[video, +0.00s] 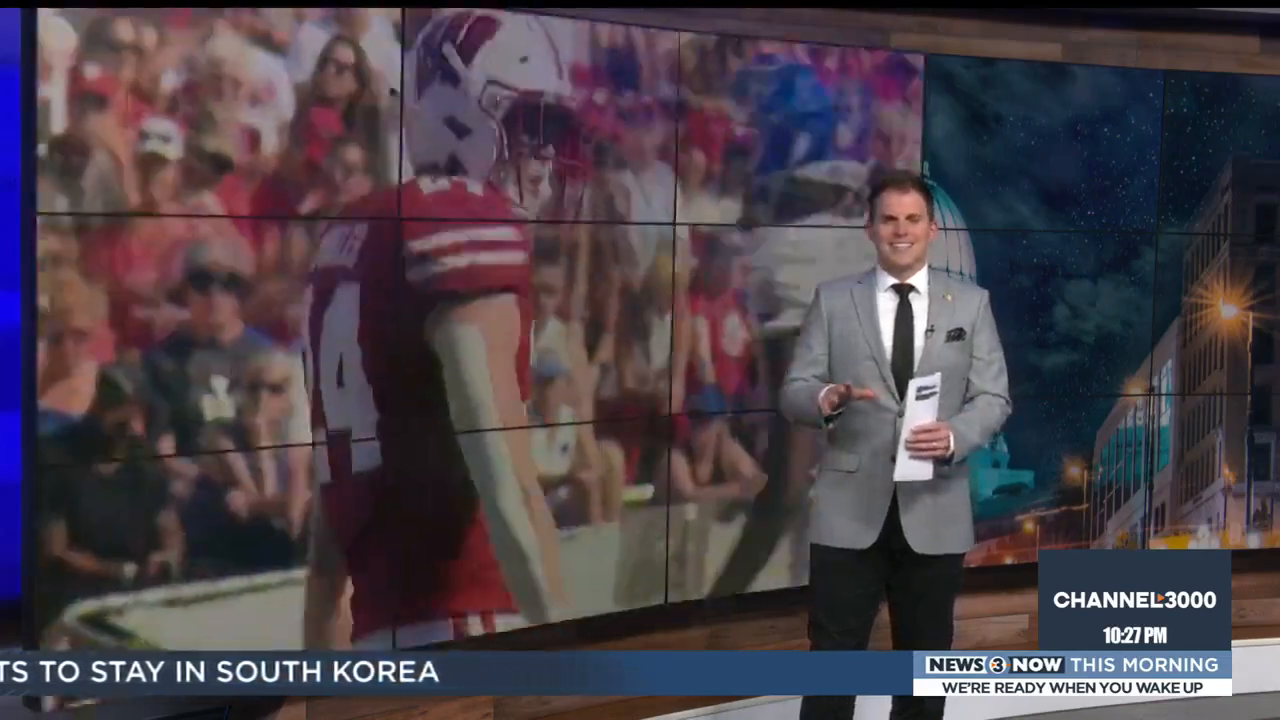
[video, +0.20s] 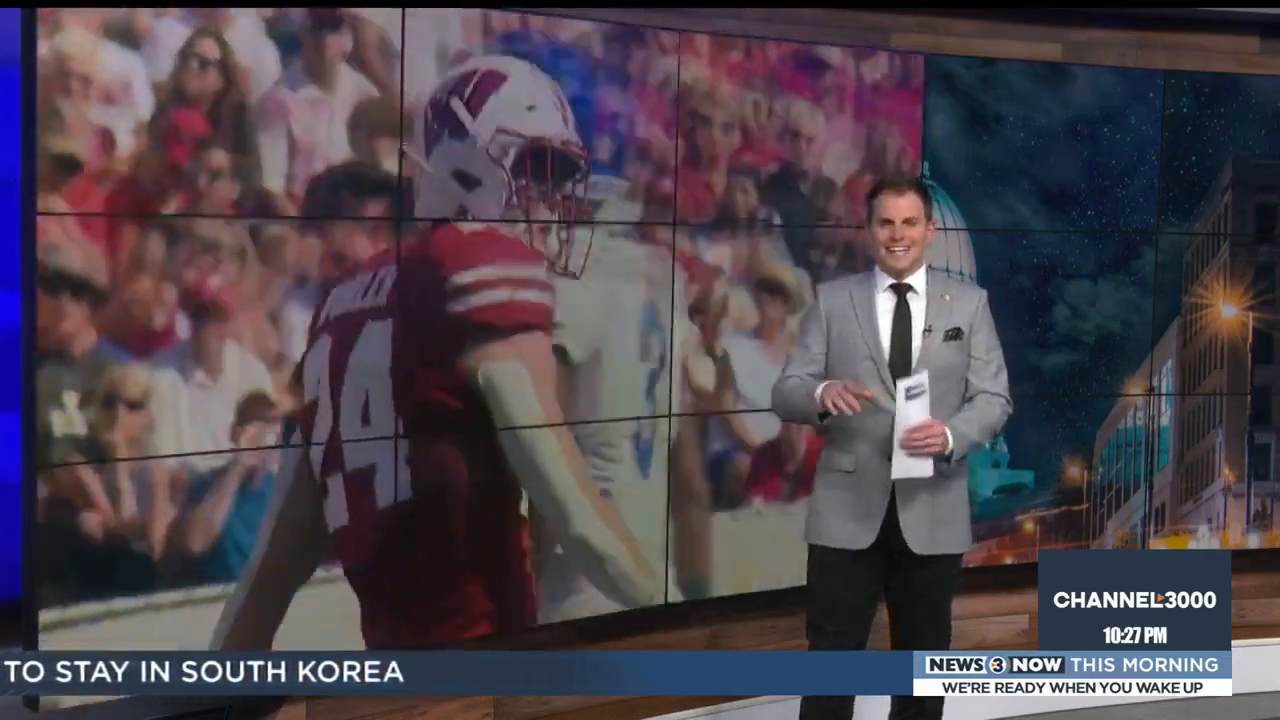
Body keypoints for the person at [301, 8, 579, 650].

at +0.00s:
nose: (539, 158)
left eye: (545, 132)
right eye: (527, 128)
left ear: (437, 108)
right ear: (479, 117)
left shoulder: (350, 229)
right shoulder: (462, 220)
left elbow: (338, 477)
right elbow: (506, 482)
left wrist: (317, 659)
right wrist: (564, 644)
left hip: (379, 628)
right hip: (471, 621)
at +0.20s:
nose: (557, 204)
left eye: (562, 180)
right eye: (540, 175)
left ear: (441, 161)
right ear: (489, 163)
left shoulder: (346, 299)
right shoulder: (484, 256)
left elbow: (296, 531)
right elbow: (568, 504)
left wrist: (223, 677)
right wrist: (677, 624)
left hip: (393, 655)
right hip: (484, 648)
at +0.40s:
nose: (534, 142)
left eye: (531, 123)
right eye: (525, 120)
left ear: (400, 113)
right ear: (503, 109)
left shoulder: (310, 242)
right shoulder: (494, 204)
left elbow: (273, 517)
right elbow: (558, 454)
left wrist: (237, 683)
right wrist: (640, 618)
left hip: (366, 628)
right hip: (472, 619)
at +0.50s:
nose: (505, 79)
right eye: (498, 56)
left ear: (365, 67)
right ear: (478, 66)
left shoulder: (286, 197)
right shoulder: (486, 164)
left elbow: (273, 490)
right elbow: (531, 416)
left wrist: (281, 668)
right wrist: (575, 604)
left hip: (339, 598)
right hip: (455, 584)